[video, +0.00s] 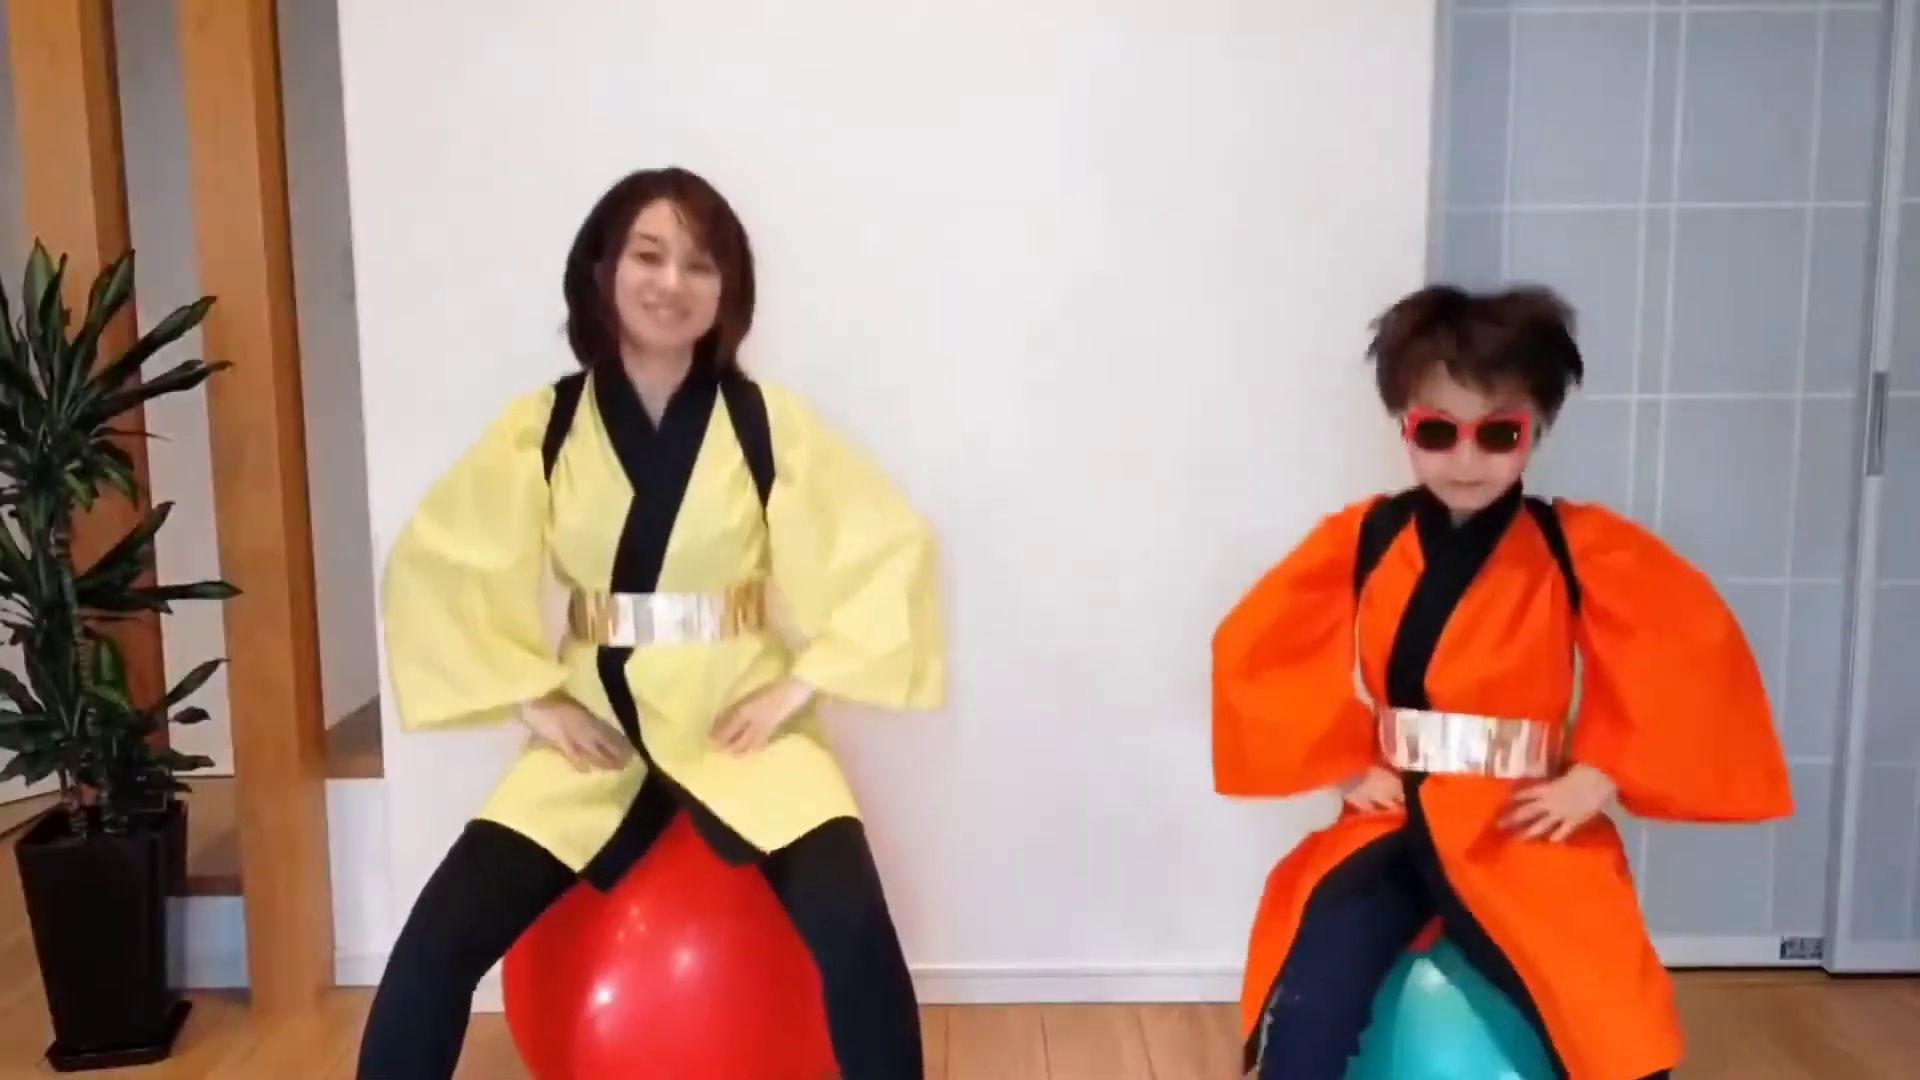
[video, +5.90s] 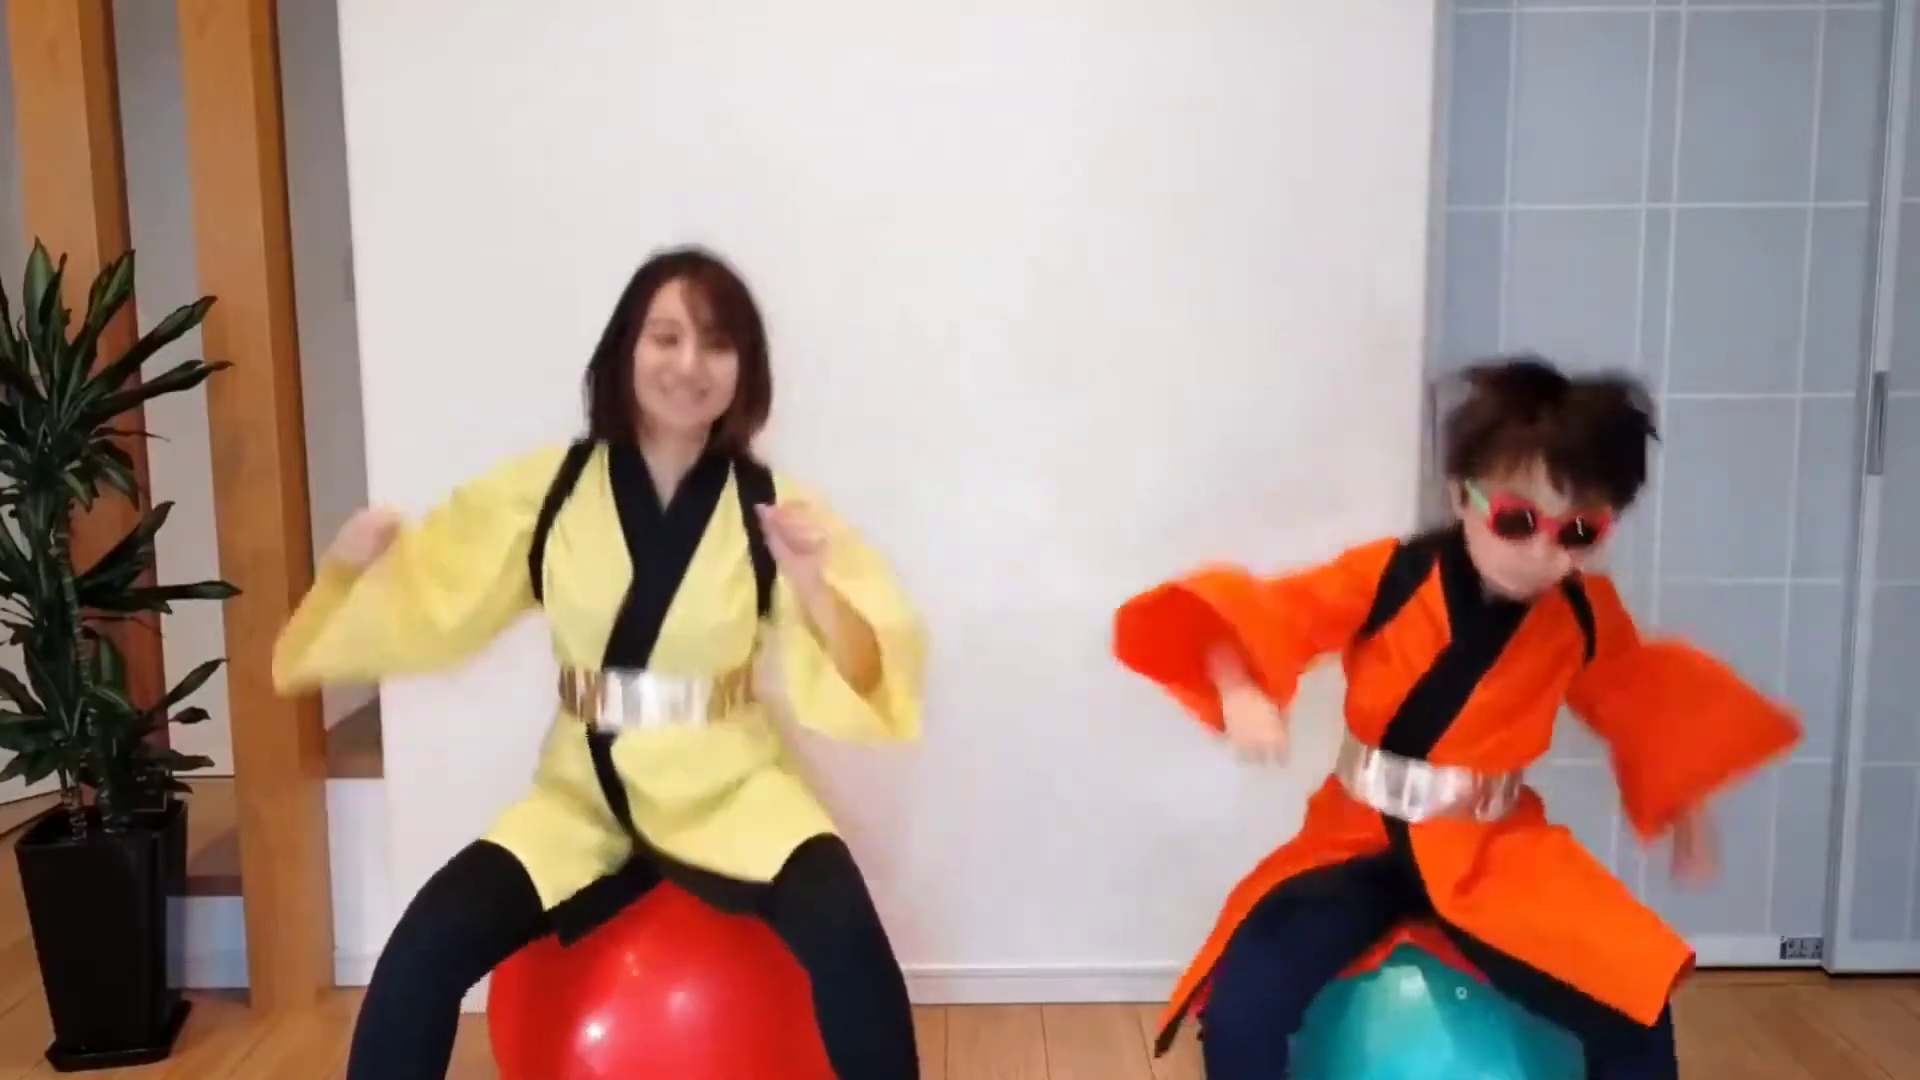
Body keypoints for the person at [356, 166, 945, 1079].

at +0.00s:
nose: (669, 282)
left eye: (697, 264)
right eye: (646, 255)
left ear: (727, 290)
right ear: (602, 273)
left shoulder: (769, 425)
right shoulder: (541, 427)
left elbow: (891, 551)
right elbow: (432, 567)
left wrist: (801, 682)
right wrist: (536, 698)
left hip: (752, 733)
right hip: (590, 736)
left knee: (856, 927)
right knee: (434, 945)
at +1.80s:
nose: (661, 371)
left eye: (688, 350)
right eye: (637, 344)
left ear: (720, 371)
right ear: (594, 359)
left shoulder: (764, 500)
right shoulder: (534, 508)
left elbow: (880, 631)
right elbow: (426, 654)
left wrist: (781, 751)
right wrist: (539, 763)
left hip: (745, 792)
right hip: (588, 799)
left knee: (847, 922)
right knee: (425, 939)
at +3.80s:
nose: (639, 298)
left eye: (665, 271)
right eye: (612, 274)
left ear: (705, 286)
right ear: (577, 293)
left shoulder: (763, 425)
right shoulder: (536, 434)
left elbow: (871, 573)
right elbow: (439, 589)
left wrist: (780, 703)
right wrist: (547, 717)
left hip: (755, 738)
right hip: (596, 745)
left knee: (855, 933)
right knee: (443, 951)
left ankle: (887, 1078)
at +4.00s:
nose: (644, 356)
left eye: (671, 332)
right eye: (618, 333)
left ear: (714, 347)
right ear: (583, 349)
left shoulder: (769, 475)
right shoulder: (537, 484)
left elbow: (878, 610)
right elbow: (436, 635)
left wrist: (781, 735)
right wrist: (546, 745)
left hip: (754, 768)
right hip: (594, 774)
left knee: (857, 929)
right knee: (440, 951)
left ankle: (887, 1071)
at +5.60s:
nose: (670, 312)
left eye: (698, 292)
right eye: (646, 282)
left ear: (727, 314)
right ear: (600, 295)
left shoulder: (767, 446)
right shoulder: (521, 445)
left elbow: (851, 591)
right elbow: (435, 584)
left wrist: (801, 671)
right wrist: (500, 696)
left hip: (746, 747)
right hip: (583, 754)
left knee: (853, 932)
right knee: (433, 950)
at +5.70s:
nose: (675, 383)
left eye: (702, 362)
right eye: (650, 358)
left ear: (728, 386)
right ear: (603, 375)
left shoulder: (765, 524)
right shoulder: (540, 521)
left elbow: (808, 643)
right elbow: (456, 644)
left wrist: (836, 698)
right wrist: (390, 738)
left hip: (742, 805)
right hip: (591, 814)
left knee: (844, 905)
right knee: (434, 941)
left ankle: (885, 1073)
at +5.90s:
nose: (690, 362)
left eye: (715, 343)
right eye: (665, 337)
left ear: (743, 367)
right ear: (624, 352)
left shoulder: (772, 503)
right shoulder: (556, 484)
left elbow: (871, 676)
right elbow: (431, 603)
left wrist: (816, 585)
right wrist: (363, 563)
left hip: (733, 799)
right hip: (582, 804)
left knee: (844, 928)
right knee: (427, 944)